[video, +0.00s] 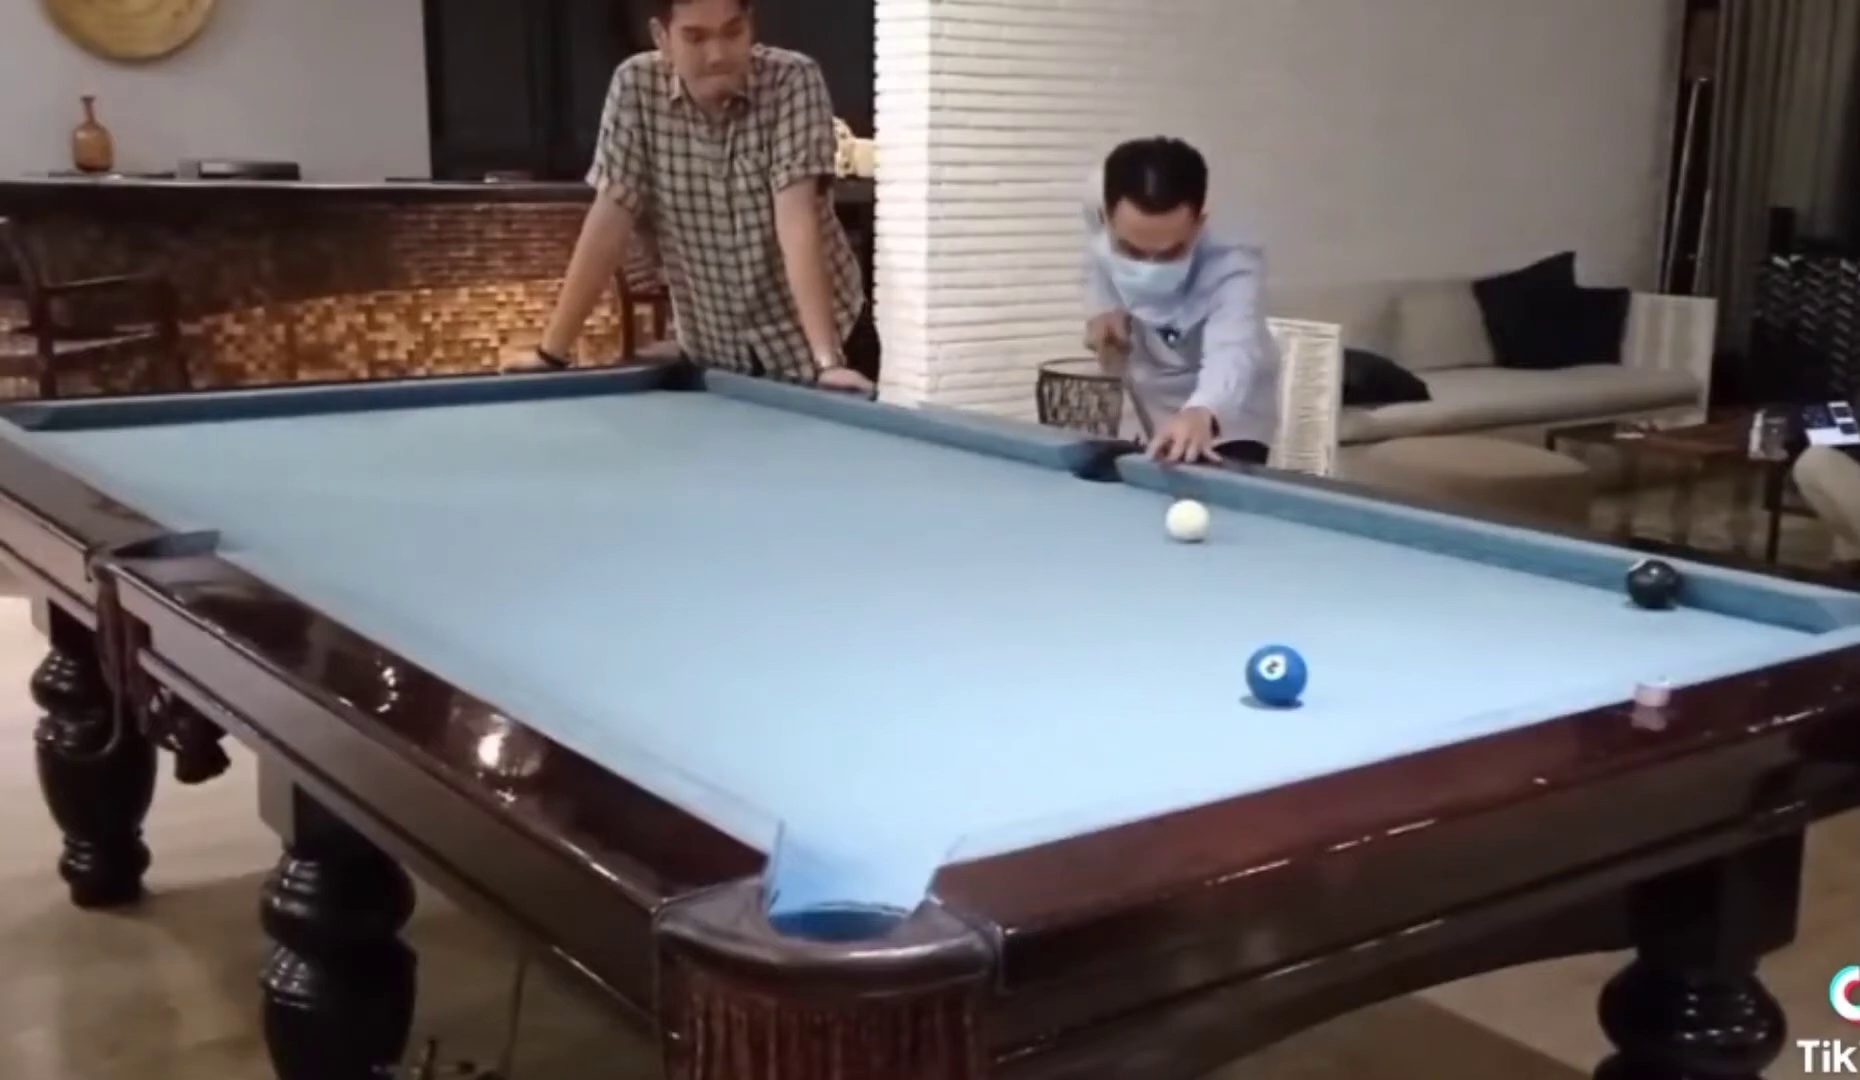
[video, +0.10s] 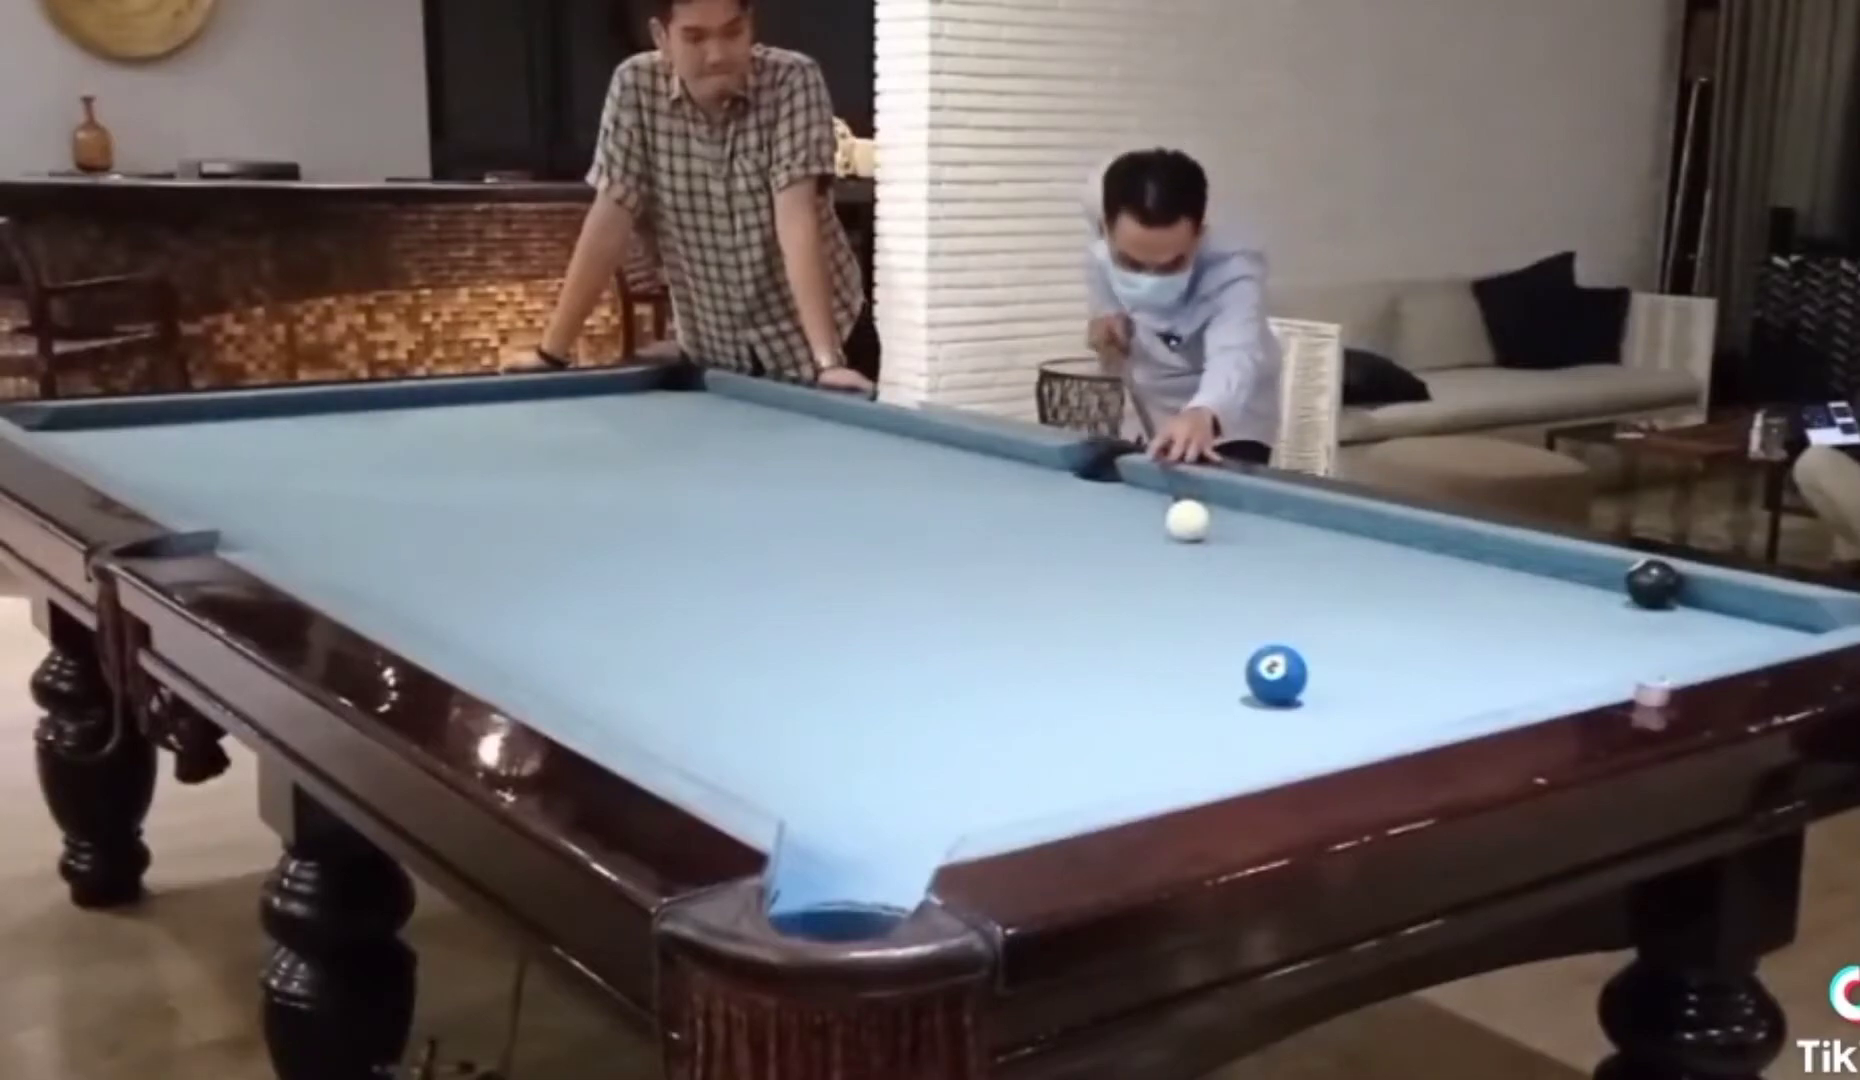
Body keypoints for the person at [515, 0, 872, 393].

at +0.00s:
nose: (717, 55)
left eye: (733, 33)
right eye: (696, 38)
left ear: (751, 29)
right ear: (662, 37)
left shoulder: (792, 80)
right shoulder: (637, 85)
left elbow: (798, 216)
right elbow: (610, 216)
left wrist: (829, 360)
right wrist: (550, 353)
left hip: (814, 348)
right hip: (710, 348)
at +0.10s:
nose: (717, 55)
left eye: (732, 33)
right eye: (696, 37)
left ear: (751, 28)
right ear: (661, 36)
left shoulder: (791, 80)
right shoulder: (636, 85)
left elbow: (798, 217)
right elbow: (611, 216)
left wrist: (829, 361)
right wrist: (552, 352)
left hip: (820, 347)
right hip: (711, 350)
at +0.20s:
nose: (717, 55)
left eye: (732, 34)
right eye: (696, 37)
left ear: (751, 28)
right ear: (661, 37)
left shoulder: (792, 80)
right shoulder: (636, 85)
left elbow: (798, 218)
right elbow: (611, 217)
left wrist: (829, 361)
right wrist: (552, 352)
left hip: (820, 347)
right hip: (711, 350)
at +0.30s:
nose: (716, 55)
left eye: (732, 33)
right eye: (695, 37)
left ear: (752, 27)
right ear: (662, 38)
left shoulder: (792, 80)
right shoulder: (636, 85)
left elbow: (798, 216)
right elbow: (611, 217)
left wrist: (829, 361)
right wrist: (551, 353)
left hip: (813, 346)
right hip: (711, 348)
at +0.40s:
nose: (718, 55)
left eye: (733, 34)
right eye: (697, 38)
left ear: (752, 27)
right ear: (663, 38)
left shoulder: (793, 80)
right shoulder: (636, 85)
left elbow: (799, 216)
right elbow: (611, 217)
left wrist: (829, 361)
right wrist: (551, 353)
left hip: (814, 347)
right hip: (710, 349)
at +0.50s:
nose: (720, 56)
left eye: (735, 35)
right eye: (700, 38)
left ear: (754, 28)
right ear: (664, 37)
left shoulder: (794, 80)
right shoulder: (637, 85)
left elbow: (799, 217)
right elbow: (611, 217)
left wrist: (829, 361)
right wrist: (552, 352)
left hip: (817, 347)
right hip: (711, 349)